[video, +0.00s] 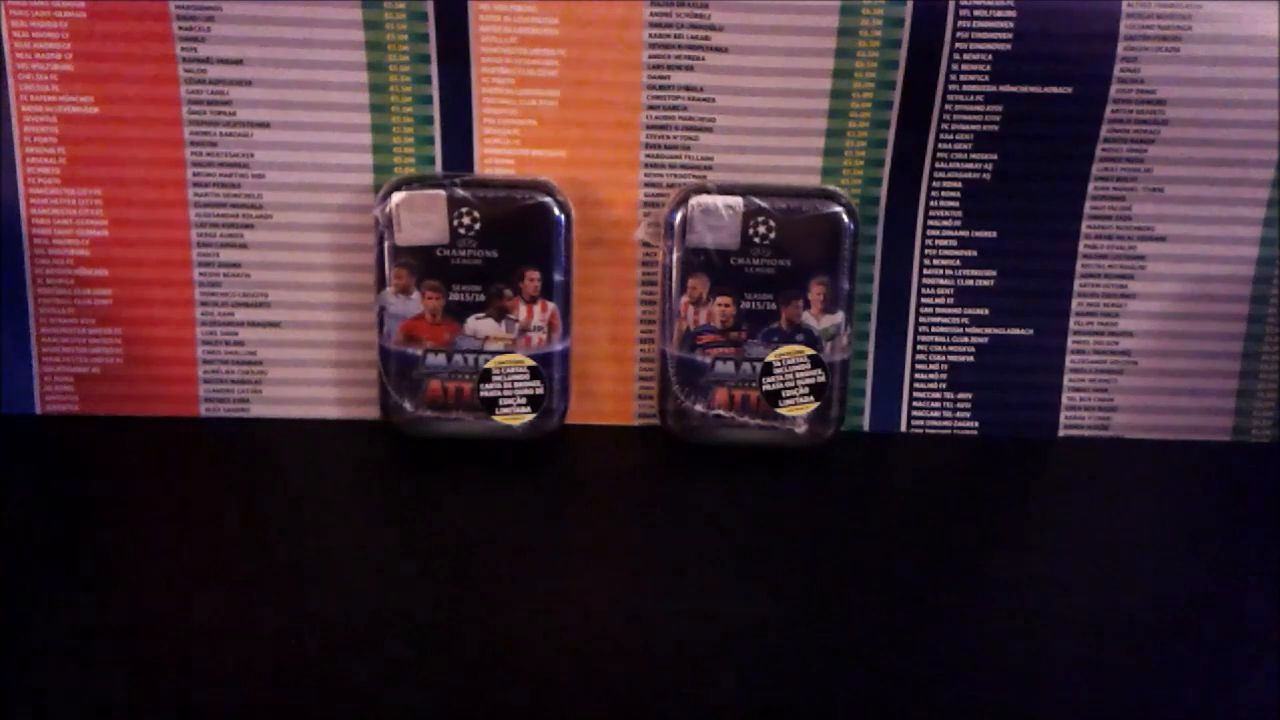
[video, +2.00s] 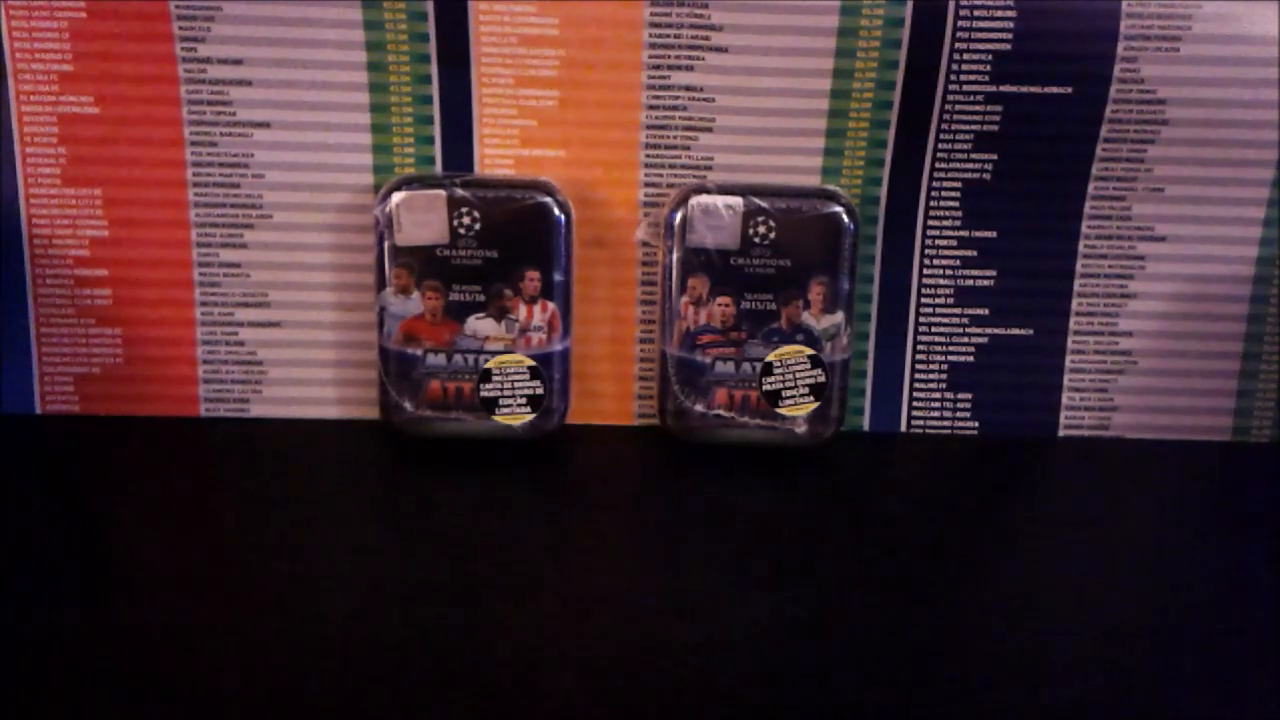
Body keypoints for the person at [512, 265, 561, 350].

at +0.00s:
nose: (536, 285)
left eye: (538, 281)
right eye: (531, 280)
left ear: (541, 283)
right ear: (521, 284)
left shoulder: (551, 308)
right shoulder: (512, 305)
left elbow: (556, 336)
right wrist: (519, 328)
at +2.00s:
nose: (536, 285)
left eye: (538, 281)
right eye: (531, 280)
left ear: (541, 283)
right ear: (521, 284)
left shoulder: (550, 308)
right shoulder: (512, 305)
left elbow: (556, 336)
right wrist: (520, 328)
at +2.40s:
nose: (536, 285)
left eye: (538, 281)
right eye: (531, 280)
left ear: (541, 283)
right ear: (521, 284)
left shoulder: (551, 308)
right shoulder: (512, 305)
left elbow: (556, 336)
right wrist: (520, 329)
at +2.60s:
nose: (536, 285)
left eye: (539, 281)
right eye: (531, 280)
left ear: (541, 283)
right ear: (521, 284)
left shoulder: (550, 308)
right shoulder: (512, 305)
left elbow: (556, 335)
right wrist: (520, 328)